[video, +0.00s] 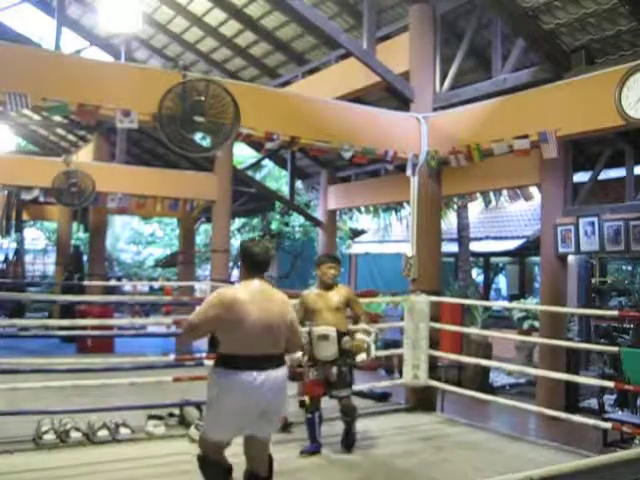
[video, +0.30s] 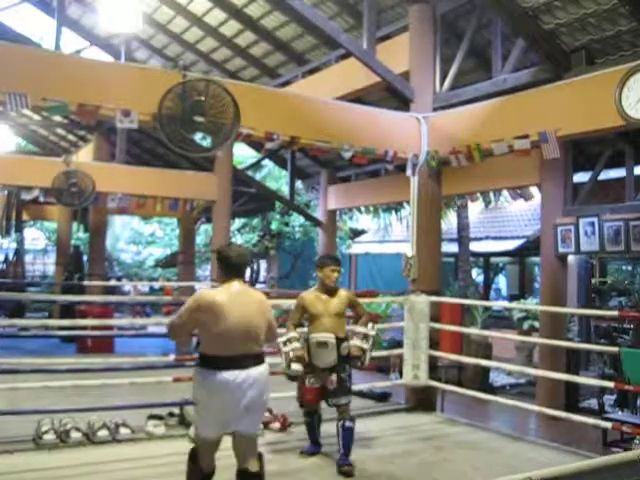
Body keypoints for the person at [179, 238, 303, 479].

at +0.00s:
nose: (238, 264)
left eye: (239, 261)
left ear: (241, 263)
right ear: (269, 266)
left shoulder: (225, 297)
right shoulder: (281, 300)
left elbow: (190, 329)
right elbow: (295, 344)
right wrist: (266, 346)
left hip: (233, 378)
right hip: (273, 377)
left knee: (211, 449)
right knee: (258, 448)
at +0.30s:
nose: (212, 267)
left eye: (214, 262)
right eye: (214, 262)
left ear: (220, 267)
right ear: (244, 269)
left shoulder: (205, 299)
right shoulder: (259, 299)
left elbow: (175, 329)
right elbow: (271, 335)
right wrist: (244, 330)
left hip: (214, 377)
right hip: (254, 374)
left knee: (206, 449)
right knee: (247, 449)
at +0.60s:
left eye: (193, 265)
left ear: (193, 267)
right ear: (217, 268)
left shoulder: (178, 296)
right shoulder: (232, 296)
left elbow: (151, 327)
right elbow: (250, 330)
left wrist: (179, 322)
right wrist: (223, 327)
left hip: (188, 371)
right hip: (225, 371)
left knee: (192, 442)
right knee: (229, 437)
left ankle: (194, 475)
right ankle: (235, 475)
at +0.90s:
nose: (178, 267)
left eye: (180, 264)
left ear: (182, 266)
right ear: (207, 268)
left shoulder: (168, 295)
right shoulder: (221, 297)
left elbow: (145, 327)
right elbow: (241, 331)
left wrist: (172, 322)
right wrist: (217, 324)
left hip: (178, 365)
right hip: (213, 365)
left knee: (186, 433)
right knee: (212, 428)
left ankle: (191, 474)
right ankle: (211, 474)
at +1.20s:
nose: (182, 268)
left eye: (184, 264)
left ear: (187, 267)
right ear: (212, 267)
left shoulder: (172, 295)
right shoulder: (223, 298)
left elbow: (155, 325)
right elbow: (242, 332)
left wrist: (179, 322)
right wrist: (219, 325)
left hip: (179, 357)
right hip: (213, 357)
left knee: (182, 422)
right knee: (207, 422)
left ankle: (190, 465)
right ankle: (201, 471)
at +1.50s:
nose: (218, 266)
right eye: (217, 263)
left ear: (194, 266)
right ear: (216, 266)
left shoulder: (180, 293)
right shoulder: (228, 295)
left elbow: (158, 320)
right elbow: (243, 331)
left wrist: (181, 315)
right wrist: (222, 323)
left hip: (186, 353)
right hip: (219, 354)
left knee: (177, 412)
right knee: (207, 418)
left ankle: (175, 467)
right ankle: (200, 471)